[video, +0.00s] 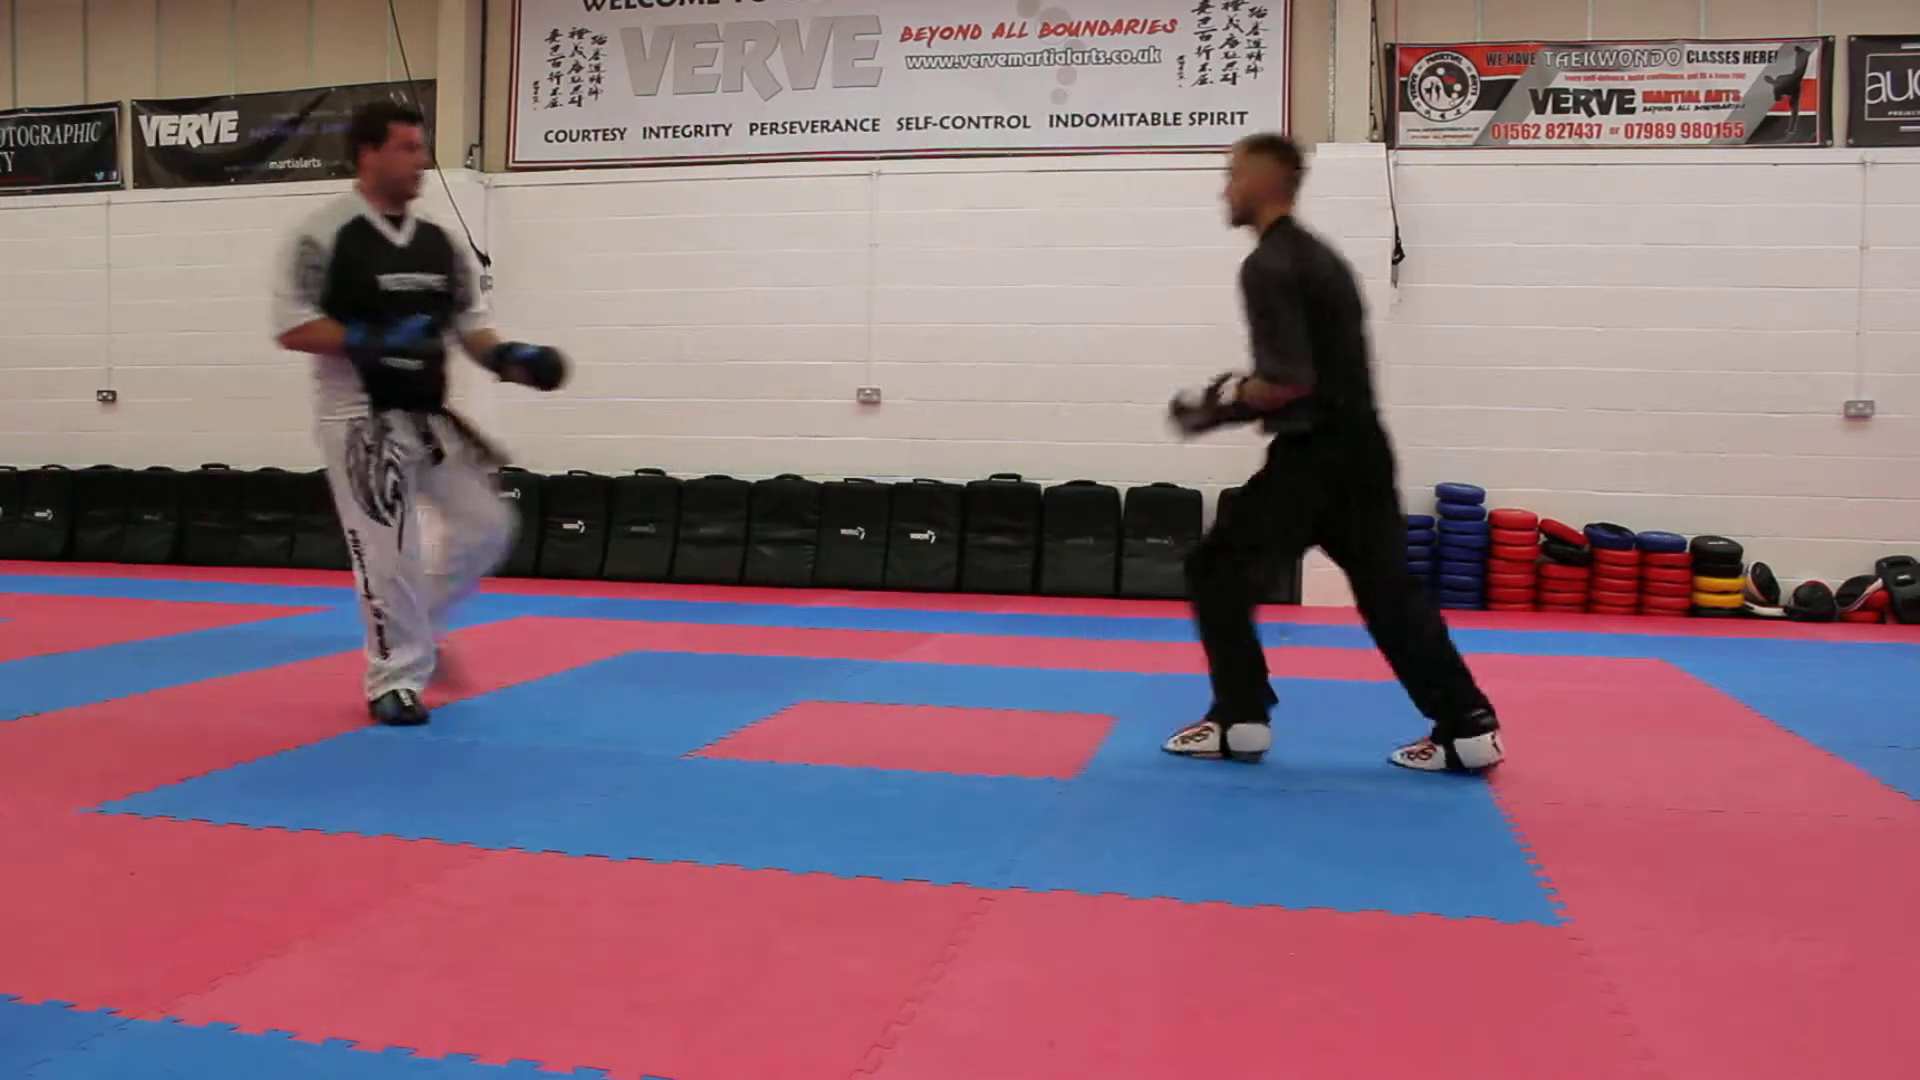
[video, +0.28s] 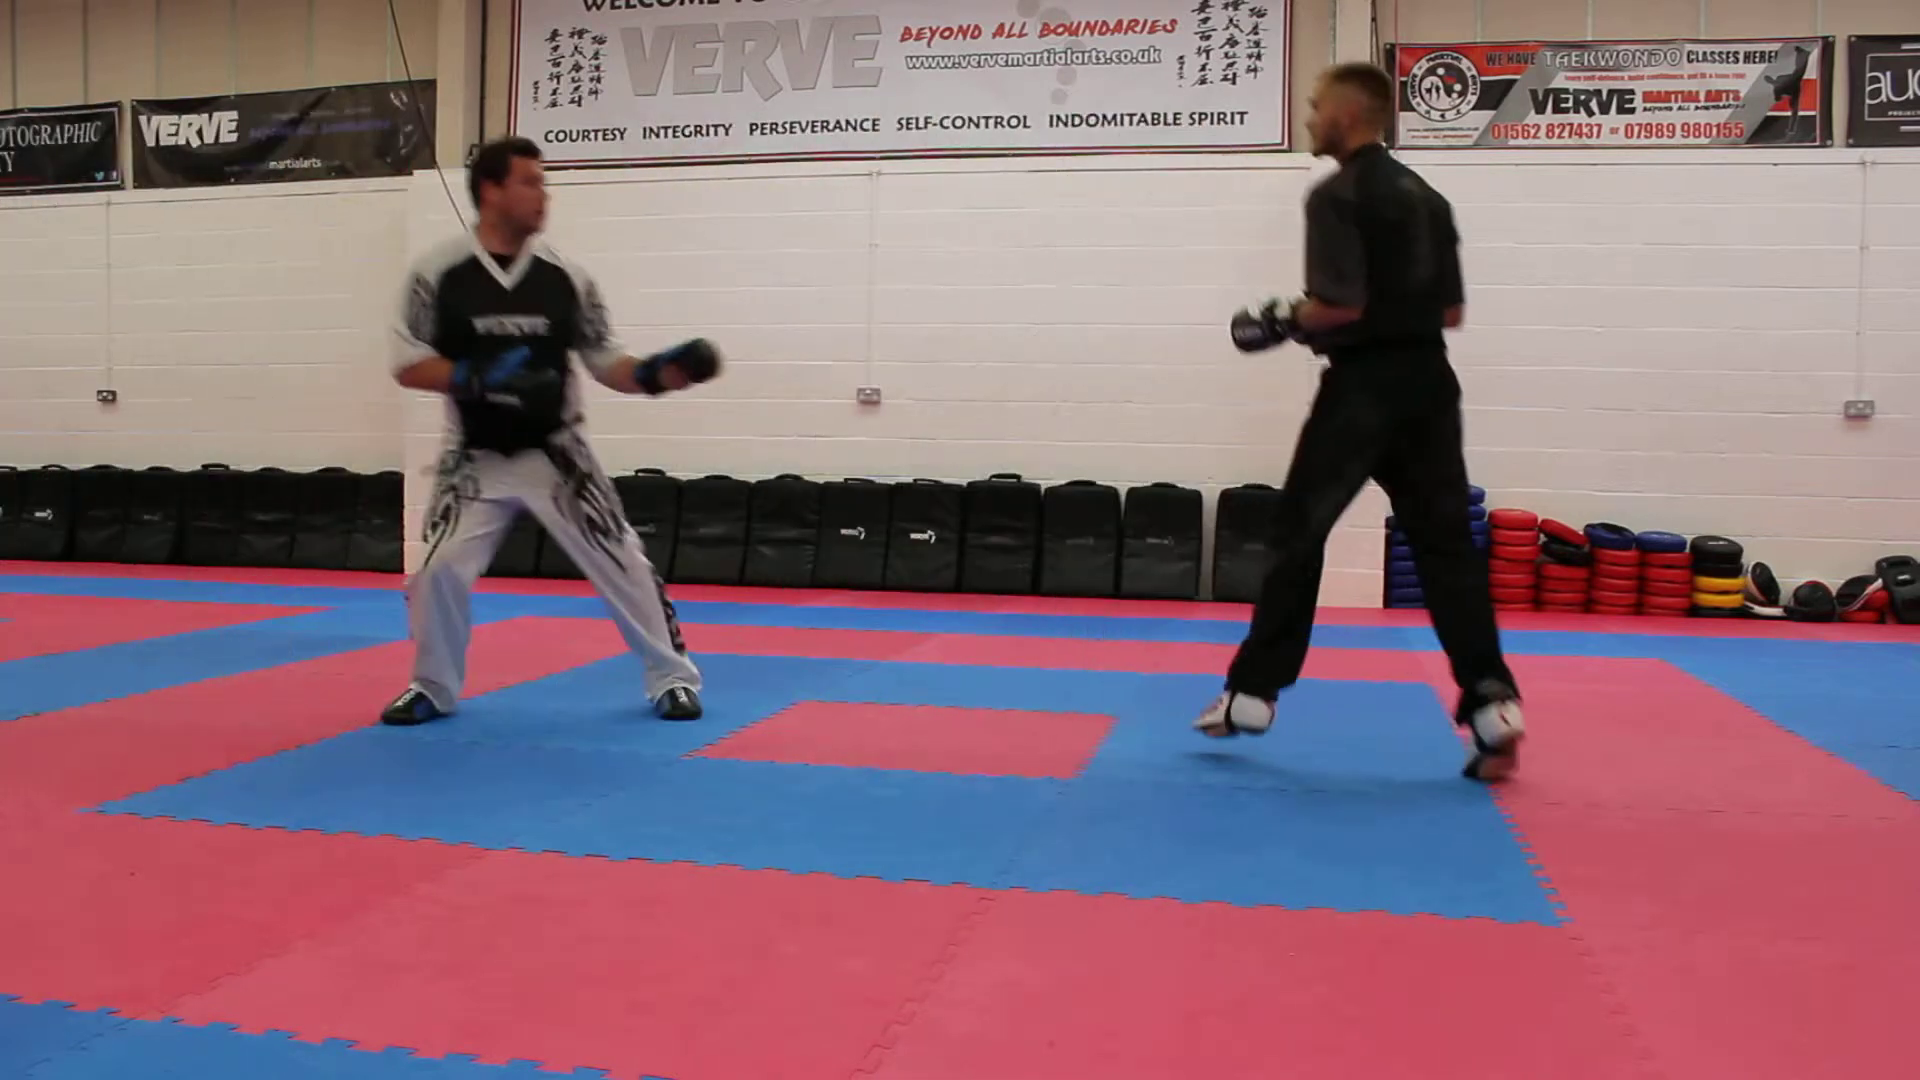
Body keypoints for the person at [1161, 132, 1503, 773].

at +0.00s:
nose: (1225, 187)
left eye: (1236, 173)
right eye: (1228, 173)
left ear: (1273, 183)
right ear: (1283, 186)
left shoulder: (1270, 265)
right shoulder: (1324, 260)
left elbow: (1287, 381)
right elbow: (1314, 382)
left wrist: (1237, 394)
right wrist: (1230, 408)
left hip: (1308, 466)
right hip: (1360, 463)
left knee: (1216, 571)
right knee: (1390, 598)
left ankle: (1240, 718)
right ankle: (1468, 728)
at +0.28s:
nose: (1310, 118)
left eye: (1320, 105)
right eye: (1313, 105)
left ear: (1356, 114)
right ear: (1375, 117)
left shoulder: (1335, 197)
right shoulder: (1427, 198)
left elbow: (1340, 309)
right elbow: (1450, 312)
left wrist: (1286, 318)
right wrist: (1366, 308)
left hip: (1357, 391)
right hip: (1429, 390)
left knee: (1299, 533)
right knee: (1446, 545)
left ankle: (1252, 694)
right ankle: (1490, 698)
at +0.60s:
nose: (1329, 146)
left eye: (1338, 134)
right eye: (1333, 134)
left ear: (1370, 142)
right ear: (1395, 145)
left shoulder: (1339, 225)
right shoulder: (1453, 230)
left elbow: (1328, 336)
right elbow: (1464, 342)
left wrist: (1276, 327)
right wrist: (1382, 327)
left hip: (1353, 426)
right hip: (1431, 423)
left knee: (1309, 575)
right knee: (1452, 563)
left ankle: (1270, 731)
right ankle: (1490, 699)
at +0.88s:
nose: (1317, 184)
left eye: (1327, 173)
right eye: (1321, 172)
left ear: (1363, 181)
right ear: (1377, 185)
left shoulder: (1309, 248)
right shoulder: (1417, 270)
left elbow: (1271, 311)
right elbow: (1422, 375)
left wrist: (1222, 334)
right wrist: (1362, 357)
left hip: (1274, 428)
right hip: (1348, 443)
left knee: (1219, 524)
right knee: (1374, 579)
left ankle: (1188, 611)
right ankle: (1401, 726)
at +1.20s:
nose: (1176, 163)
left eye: (1184, 151)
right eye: (1179, 150)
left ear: (1204, 155)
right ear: (1238, 158)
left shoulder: (1175, 214)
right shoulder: (1284, 250)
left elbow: (1100, 247)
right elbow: (1277, 356)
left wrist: (1065, 242)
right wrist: (1212, 336)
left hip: (1124, 371)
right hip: (1189, 415)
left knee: (1014, 400)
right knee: (1176, 554)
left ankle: (907, 443)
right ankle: (1214, 702)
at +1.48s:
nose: (954, 188)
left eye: (960, 178)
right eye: (959, 177)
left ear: (972, 184)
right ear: (1001, 186)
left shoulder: (941, 252)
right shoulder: (1048, 258)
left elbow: (844, 266)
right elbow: (1088, 351)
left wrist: (852, 223)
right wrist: (1026, 311)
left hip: (977, 450)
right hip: (1051, 451)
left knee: (923, 571)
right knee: (1111, 569)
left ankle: (895, 707)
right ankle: (1198, 695)